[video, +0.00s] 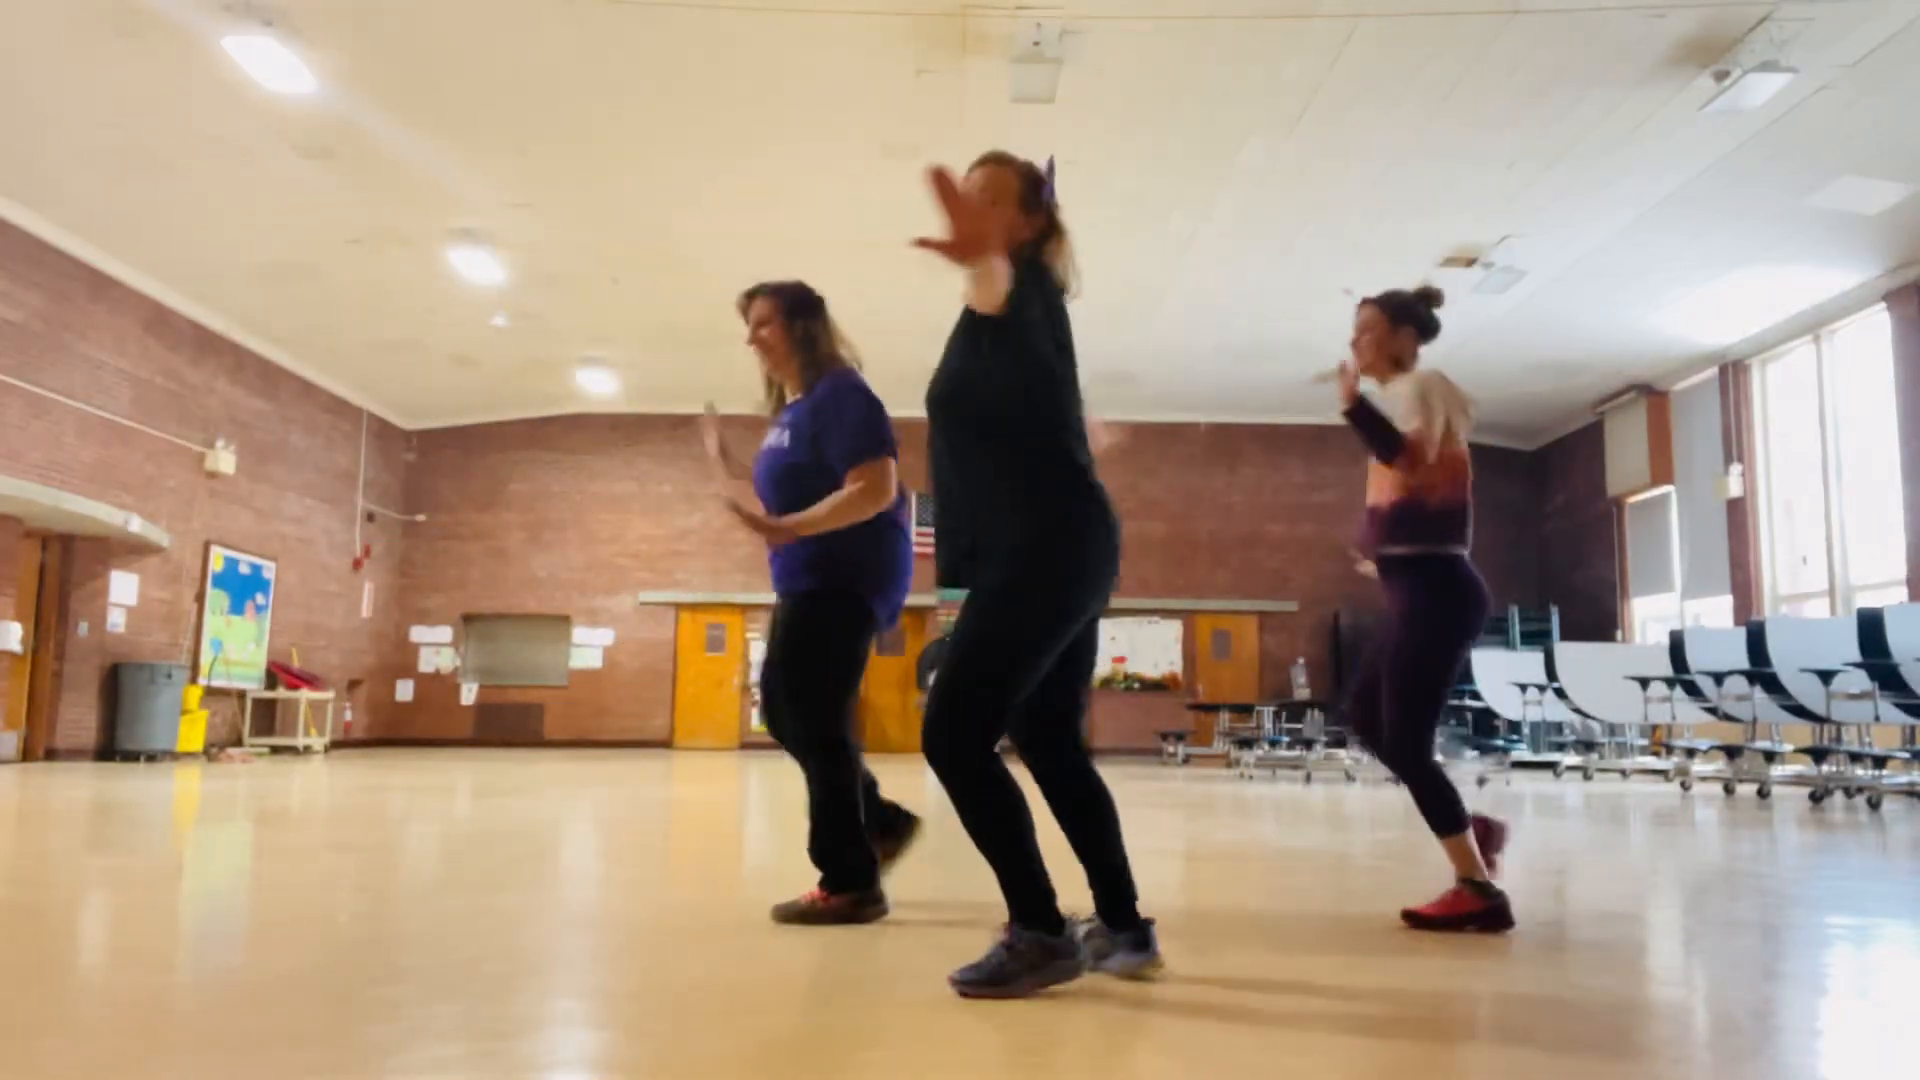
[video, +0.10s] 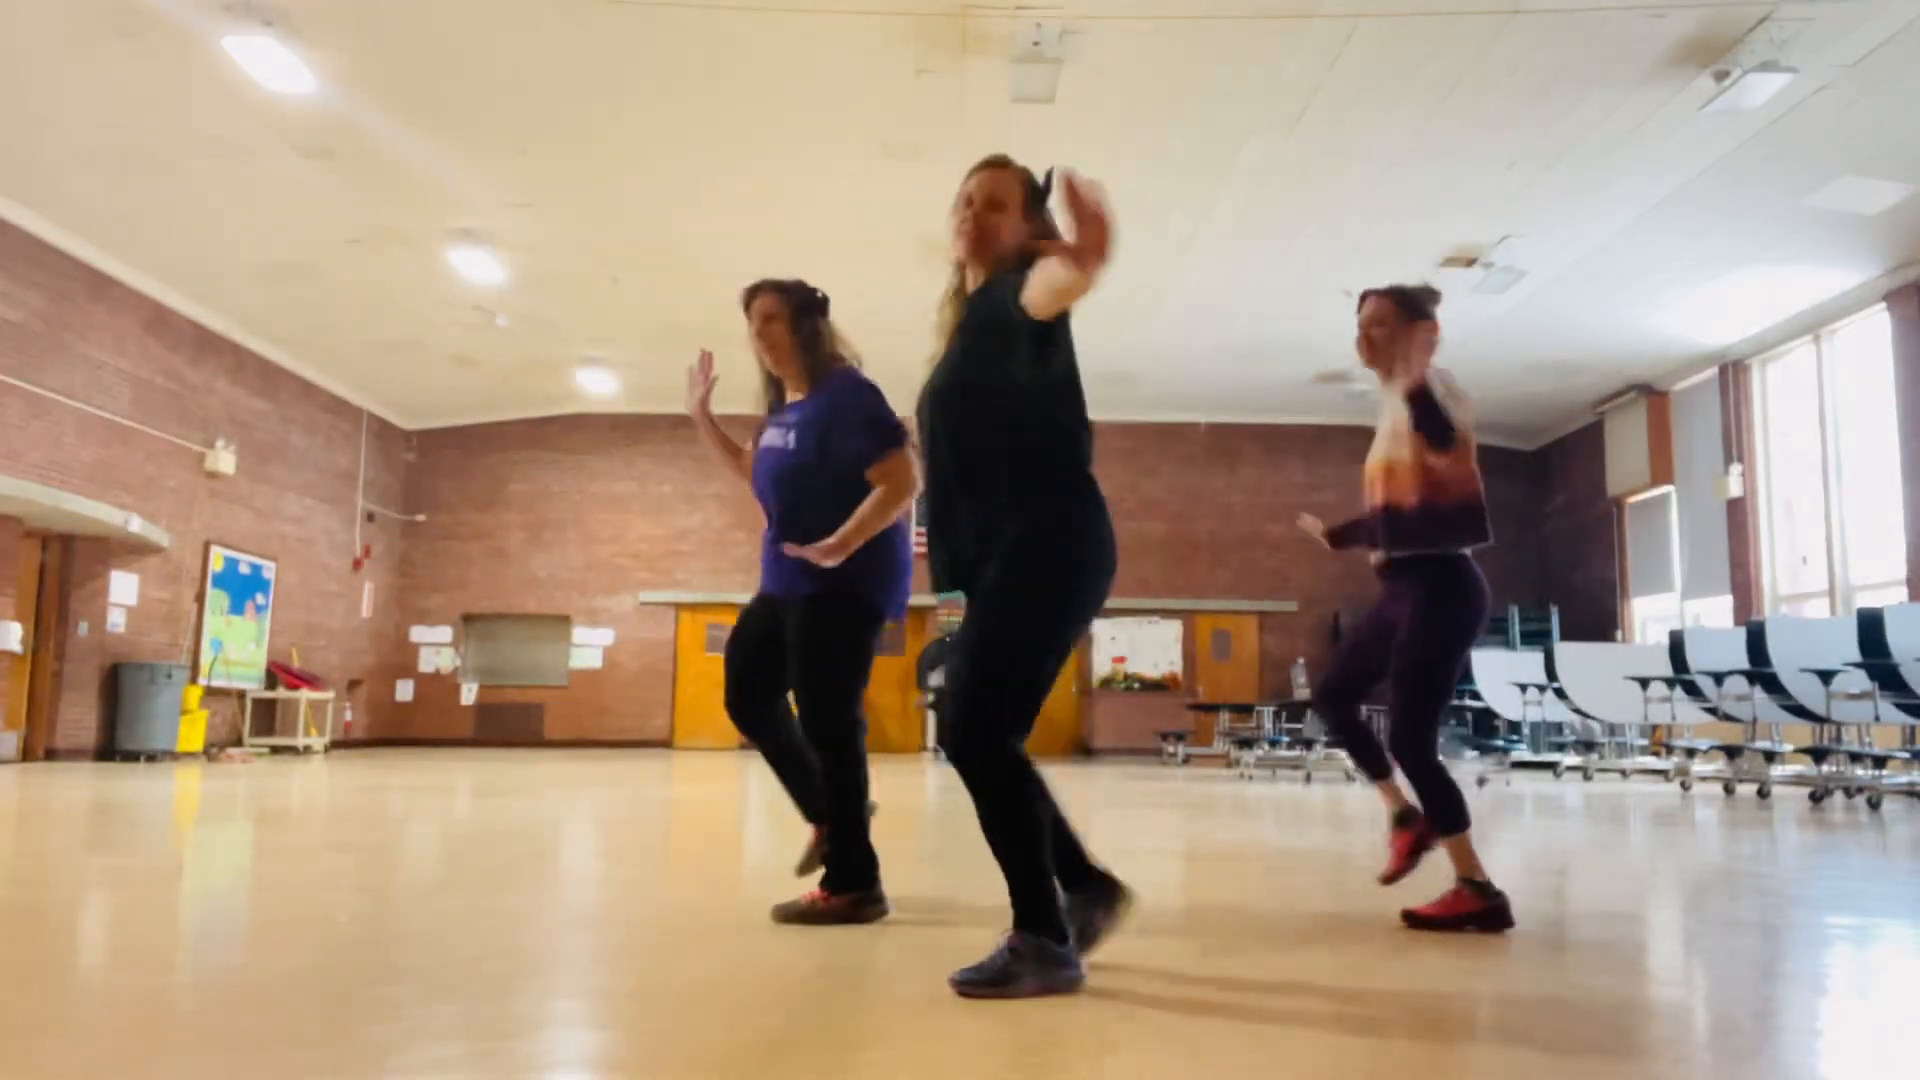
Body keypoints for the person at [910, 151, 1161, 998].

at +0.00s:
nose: (966, 202)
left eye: (983, 192)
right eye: (968, 190)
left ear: (1025, 218)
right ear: (995, 217)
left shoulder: (1014, 289)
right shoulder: (1011, 298)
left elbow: (1000, 281)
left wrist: (980, 253)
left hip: (1046, 546)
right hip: (1058, 545)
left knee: (954, 735)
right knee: (1047, 736)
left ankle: (1040, 932)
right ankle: (1124, 926)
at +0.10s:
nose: (972, 217)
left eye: (993, 207)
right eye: (965, 203)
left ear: (1028, 224)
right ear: (954, 219)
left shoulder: (1028, 286)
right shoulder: (970, 313)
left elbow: (1057, 282)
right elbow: (962, 447)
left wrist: (1087, 254)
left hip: (1053, 546)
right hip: (1004, 554)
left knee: (976, 732)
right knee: (975, 732)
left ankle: (1043, 940)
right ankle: (1085, 886)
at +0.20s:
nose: (974, 216)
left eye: (995, 207)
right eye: (964, 203)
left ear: (1029, 229)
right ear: (948, 225)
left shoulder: (1043, 300)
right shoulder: (950, 330)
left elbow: (1107, 296)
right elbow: (930, 459)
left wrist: (1175, 281)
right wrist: (864, 537)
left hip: (1050, 554)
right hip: (970, 564)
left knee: (995, 731)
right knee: (901, 713)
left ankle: (1045, 941)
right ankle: (1008, 851)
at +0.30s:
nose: (973, 201)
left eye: (992, 192)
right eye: (962, 189)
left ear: (1023, 217)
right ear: (942, 210)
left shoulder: (1042, 295)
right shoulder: (934, 318)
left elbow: (1133, 304)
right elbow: (933, 453)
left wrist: (1245, 300)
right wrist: (878, 517)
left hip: (1041, 555)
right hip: (956, 562)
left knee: (1002, 730)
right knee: (886, 715)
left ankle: (1044, 939)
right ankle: (949, 891)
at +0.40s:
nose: (968, 199)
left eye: (987, 190)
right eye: (958, 186)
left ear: (1015, 213)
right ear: (935, 204)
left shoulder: (1046, 297)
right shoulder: (914, 315)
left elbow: (1158, 310)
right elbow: (900, 423)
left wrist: (1285, 312)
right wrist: (847, 442)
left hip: (1024, 555)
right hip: (930, 559)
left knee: (982, 734)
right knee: (909, 734)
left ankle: (1028, 930)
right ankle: (935, 920)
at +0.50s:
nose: (964, 207)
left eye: (981, 197)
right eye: (952, 195)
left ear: (1009, 218)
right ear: (931, 214)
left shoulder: (1048, 308)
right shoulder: (902, 321)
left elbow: (1168, 322)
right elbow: (828, 384)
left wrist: (1303, 330)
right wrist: (761, 417)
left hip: (1011, 561)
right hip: (911, 559)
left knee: (972, 738)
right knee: (888, 733)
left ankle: (990, 930)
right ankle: (924, 916)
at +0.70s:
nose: (961, 207)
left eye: (978, 198)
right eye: (947, 196)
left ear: (1005, 222)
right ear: (926, 218)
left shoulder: (1046, 325)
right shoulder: (879, 321)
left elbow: (1164, 346)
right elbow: (779, 365)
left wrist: (1284, 358)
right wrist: (677, 397)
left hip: (1024, 569)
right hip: (915, 566)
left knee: (1002, 745)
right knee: (820, 694)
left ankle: (992, 934)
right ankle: (862, 874)